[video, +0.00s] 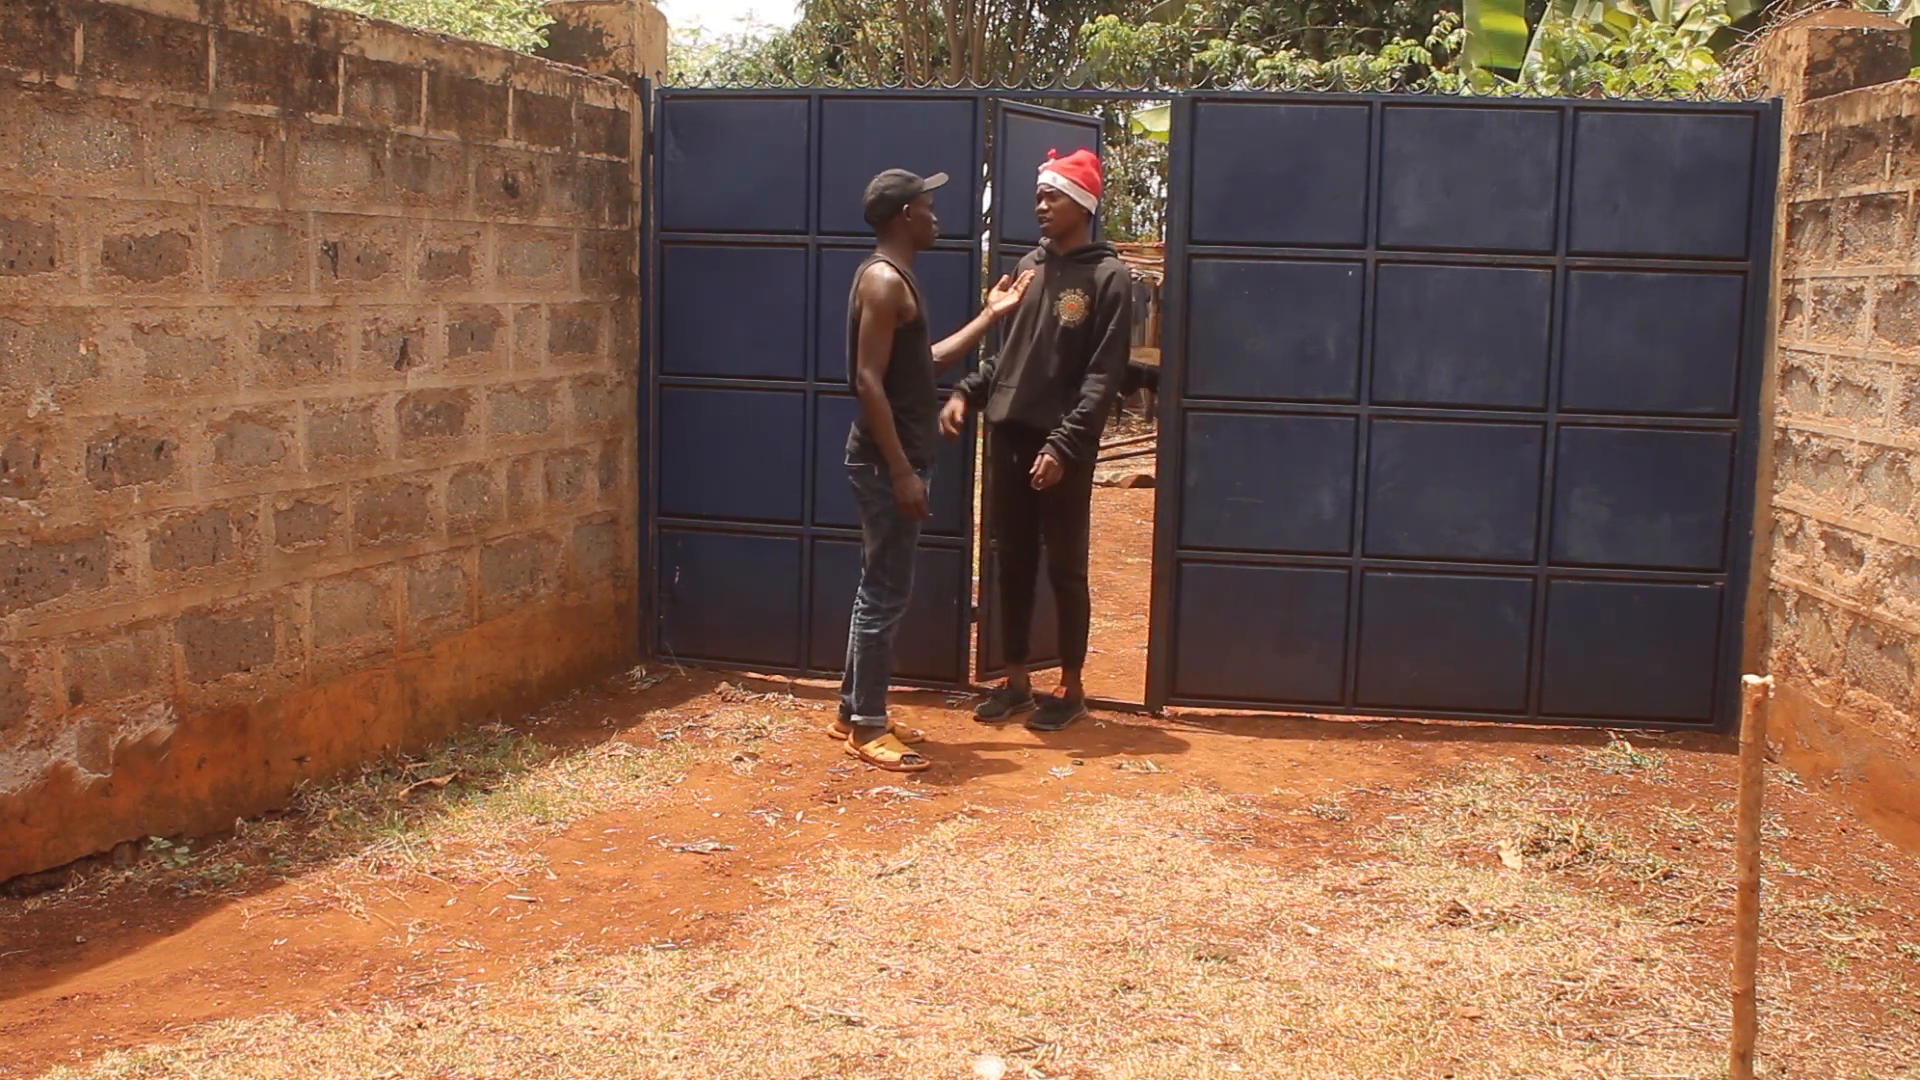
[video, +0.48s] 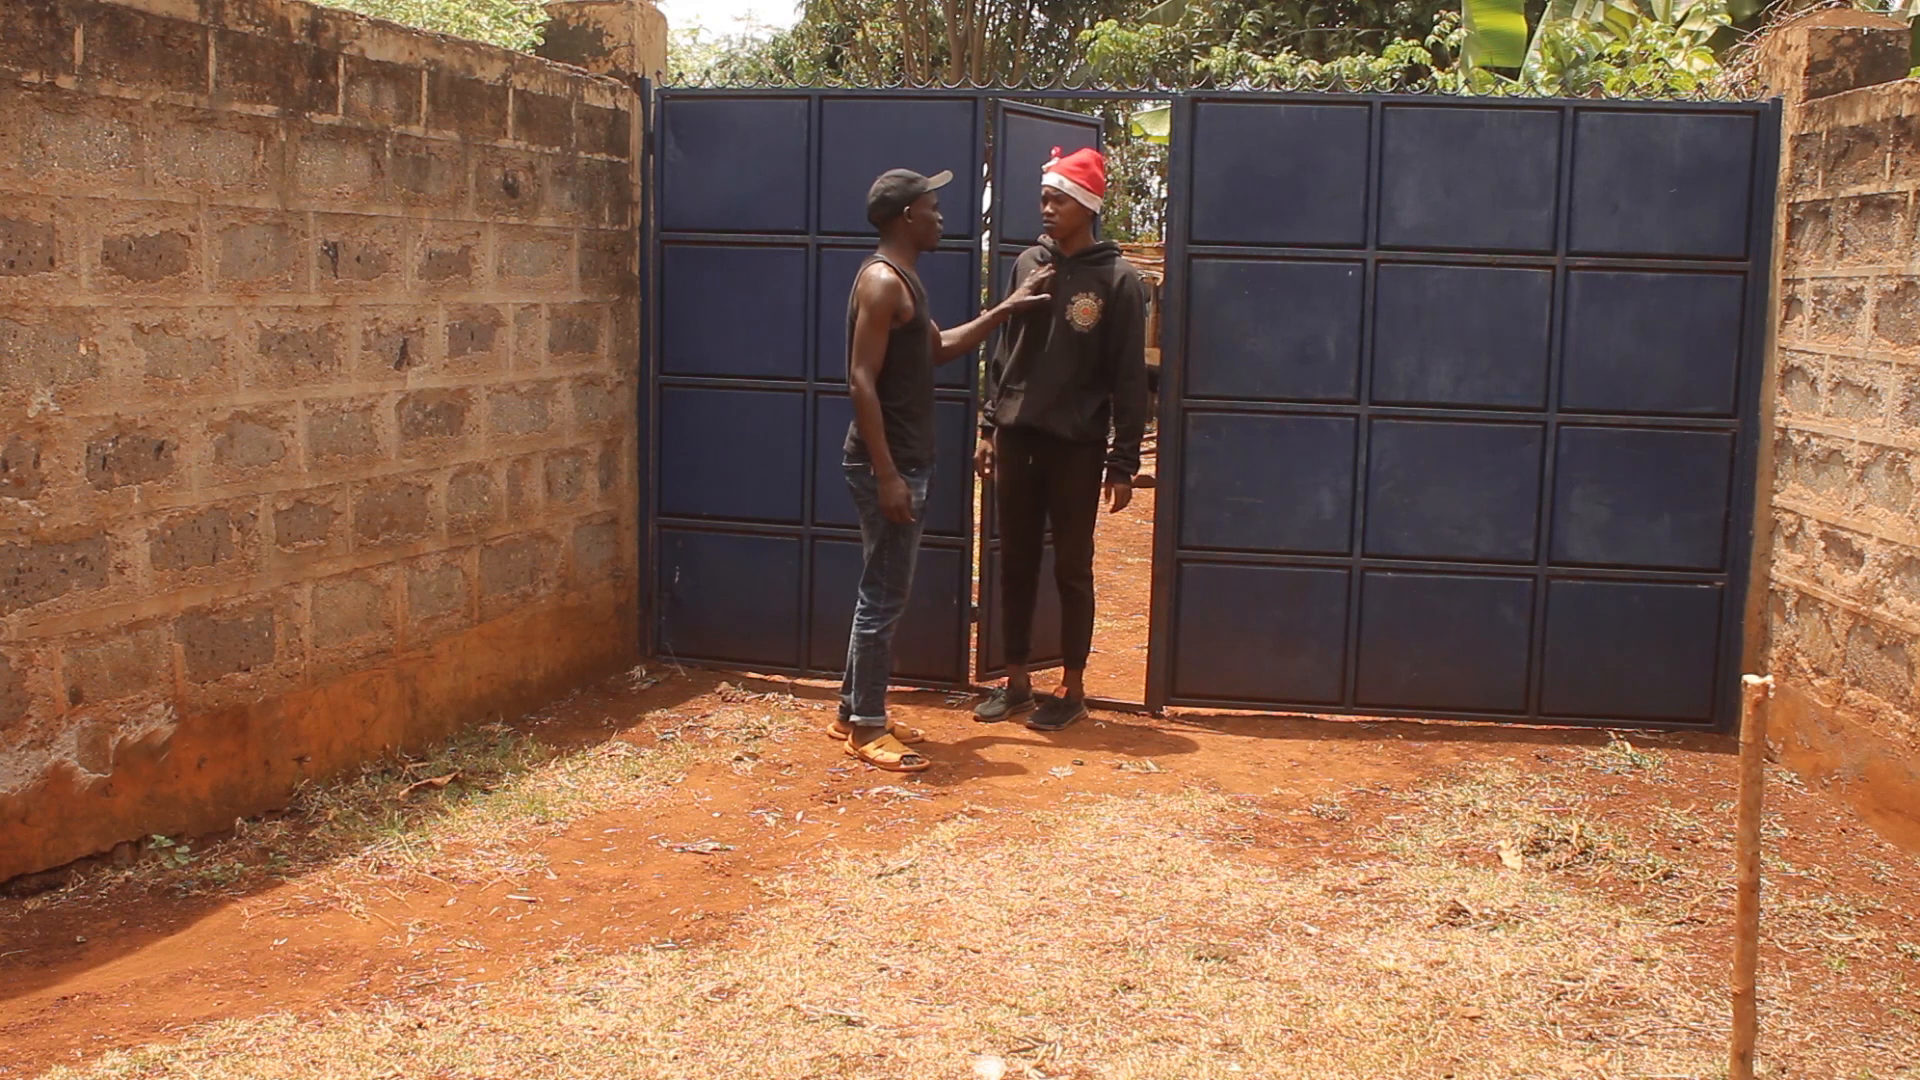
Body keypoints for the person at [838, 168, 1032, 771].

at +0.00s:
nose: (936, 214)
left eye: (932, 204)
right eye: (927, 205)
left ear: (898, 217)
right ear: (903, 215)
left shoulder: (895, 278)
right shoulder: (884, 282)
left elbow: (924, 361)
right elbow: (867, 381)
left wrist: (988, 313)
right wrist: (901, 469)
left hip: (898, 454)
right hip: (886, 459)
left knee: (882, 588)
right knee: (885, 592)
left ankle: (855, 707)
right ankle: (867, 726)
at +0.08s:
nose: (935, 213)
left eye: (932, 203)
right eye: (927, 204)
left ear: (898, 217)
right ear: (902, 215)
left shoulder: (895, 278)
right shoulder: (884, 282)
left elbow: (925, 360)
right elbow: (867, 382)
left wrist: (988, 314)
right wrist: (898, 471)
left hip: (897, 454)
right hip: (886, 459)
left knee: (882, 588)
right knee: (885, 591)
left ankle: (855, 707)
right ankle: (868, 726)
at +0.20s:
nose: (936, 213)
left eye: (932, 203)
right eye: (927, 204)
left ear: (898, 217)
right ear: (902, 216)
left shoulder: (897, 279)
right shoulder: (883, 282)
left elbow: (924, 361)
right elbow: (864, 382)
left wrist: (989, 315)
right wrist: (892, 472)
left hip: (898, 455)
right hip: (886, 459)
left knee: (882, 587)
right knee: (885, 591)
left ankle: (855, 706)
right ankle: (868, 726)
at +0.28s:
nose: (936, 213)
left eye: (932, 204)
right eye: (927, 204)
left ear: (899, 217)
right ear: (902, 216)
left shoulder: (899, 279)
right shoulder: (883, 282)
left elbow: (924, 361)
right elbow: (863, 381)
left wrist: (988, 315)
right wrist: (890, 472)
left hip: (898, 456)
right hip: (885, 460)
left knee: (881, 587)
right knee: (884, 592)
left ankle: (855, 707)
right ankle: (868, 727)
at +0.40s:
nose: (938, 213)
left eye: (934, 203)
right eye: (929, 203)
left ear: (901, 217)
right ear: (902, 215)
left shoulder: (901, 279)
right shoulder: (882, 282)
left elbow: (929, 356)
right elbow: (861, 382)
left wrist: (994, 311)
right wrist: (887, 473)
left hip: (902, 458)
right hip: (886, 462)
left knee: (882, 590)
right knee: (882, 594)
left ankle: (855, 707)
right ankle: (867, 728)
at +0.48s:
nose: (941, 213)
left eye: (936, 203)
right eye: (931, 203)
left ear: (902, 218)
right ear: (904, 216)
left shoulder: (902, 278)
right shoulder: (881, 283)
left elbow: (939, 348)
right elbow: (861, 383)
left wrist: (1003, 309)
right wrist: (886, 474)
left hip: (908, 461)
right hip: (889, 464)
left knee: (886, 592)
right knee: (884, 595)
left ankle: (856, 707)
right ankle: (866, 726)